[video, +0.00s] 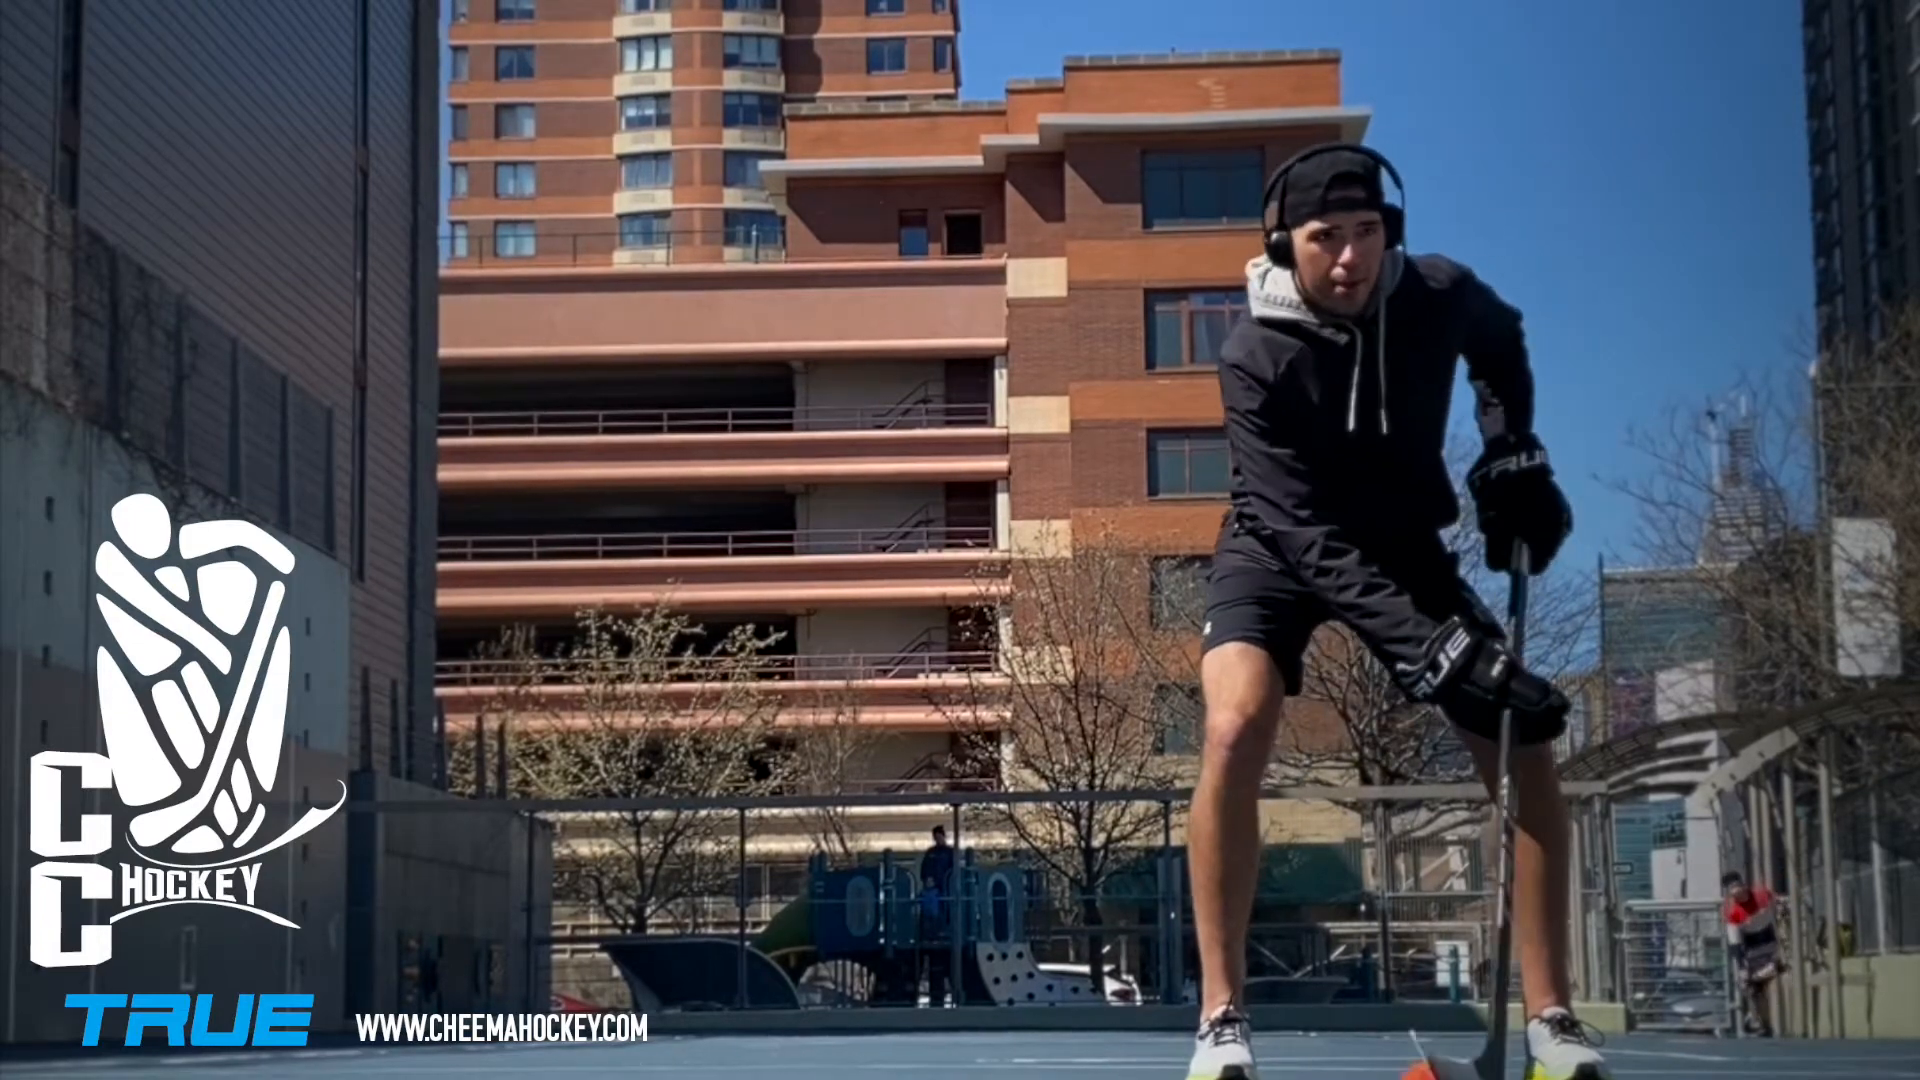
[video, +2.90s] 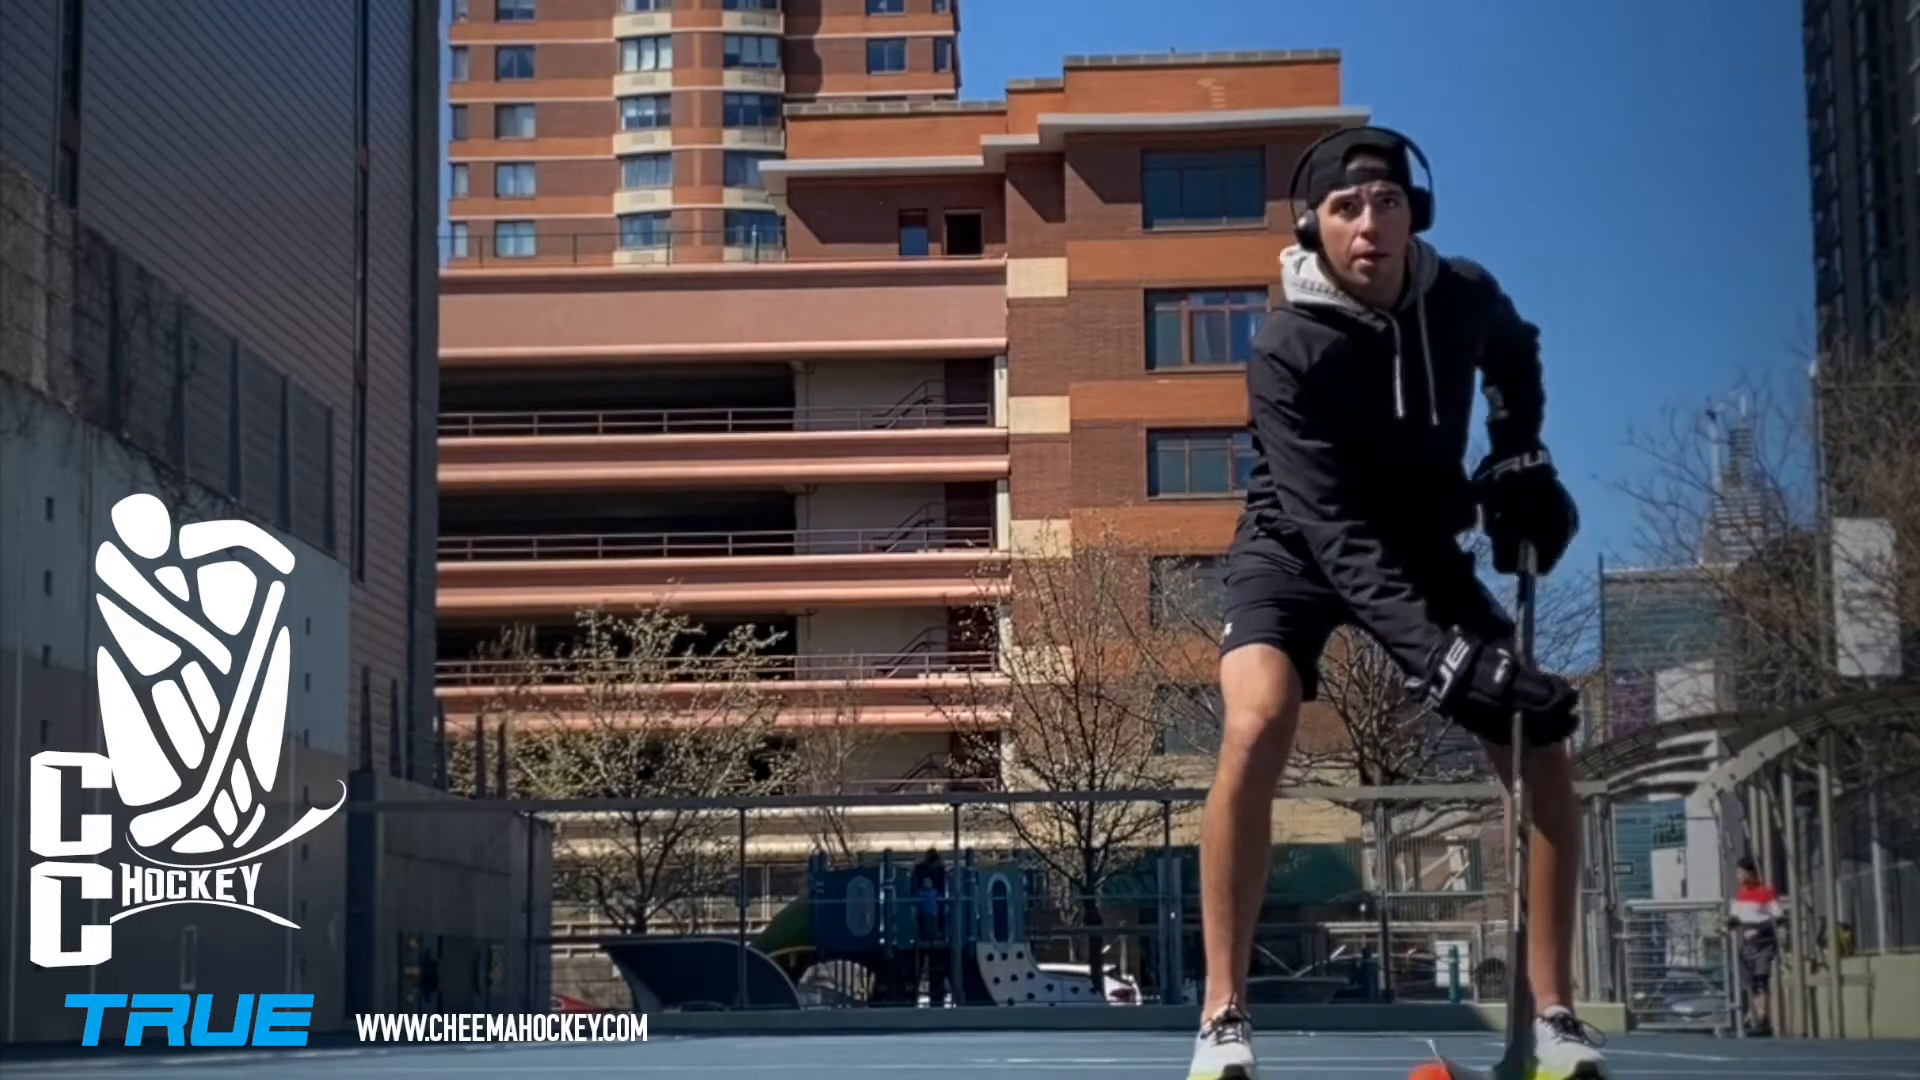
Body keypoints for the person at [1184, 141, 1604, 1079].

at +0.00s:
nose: (1349, 256)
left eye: (1366, 234)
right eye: (1326, 237)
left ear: (1390, 235)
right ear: (1286, 242)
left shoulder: (1437, 293)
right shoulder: (1259, 354)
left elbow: (1498, 340)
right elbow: (1303, 535)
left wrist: (1512, 455)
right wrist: (1436, 647)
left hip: (1405, 540)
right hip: (1278, 542)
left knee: (1522, 740)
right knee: (1235, 729)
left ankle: (1549, 1013)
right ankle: (1220, 1015)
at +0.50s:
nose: (1474, 242)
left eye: (1482, 222)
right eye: (1453, 226)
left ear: (1489, 225)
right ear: (1397, 234)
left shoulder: (1508, 299)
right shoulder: (1332, 344)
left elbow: (1553, 364)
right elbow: (1364, 541)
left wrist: (1568, 471)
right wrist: (1499, 661)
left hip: (1441, 546)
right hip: (1315, 541)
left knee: (1554, 763)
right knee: (1272, 734)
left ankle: (1555, 1017)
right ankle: (1224, 1014)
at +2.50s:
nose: (1522, 243)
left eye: (1521, 225)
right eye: (1506, 227)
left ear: (1463, 234)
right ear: (1441, 236)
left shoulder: (1491, 294)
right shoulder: (1346, 336)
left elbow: (1521, 385)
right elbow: (1362, 537)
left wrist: (1549, 477)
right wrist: (1490, 658)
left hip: (1412, 542)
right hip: (1297, 534)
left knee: (1539, 743)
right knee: (1282, 736)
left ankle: (1554, 1020)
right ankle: (1226, 1014)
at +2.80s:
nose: (1401, 231)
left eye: (1419, 211)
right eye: (1379, 212)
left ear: (1441, 222)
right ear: (1340, 227)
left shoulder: (1476, 299)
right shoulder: (1302, 342)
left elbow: (1528, 373)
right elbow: (1323, 530)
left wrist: (1537, 482)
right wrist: (1440, 650)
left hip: (1420, 546)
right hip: (1296, 544)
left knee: (1540, 738)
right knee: (1260, 728)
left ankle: (1555, 1013)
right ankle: (1223, 1012)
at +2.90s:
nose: (1369, 227)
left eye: (1386, 206)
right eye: (1346, 209)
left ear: (1416, 217)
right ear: (1311, 228)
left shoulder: (1464, 296)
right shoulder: (1289, 351)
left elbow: (1516, 362)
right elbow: (1329, 532)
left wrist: (1518, 460)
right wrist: (1446, 663)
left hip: (1421, 541)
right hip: (1295, 543)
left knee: (1539, 746)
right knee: (1255, 727)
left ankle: (1550, 1012)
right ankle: (1223, 1013)